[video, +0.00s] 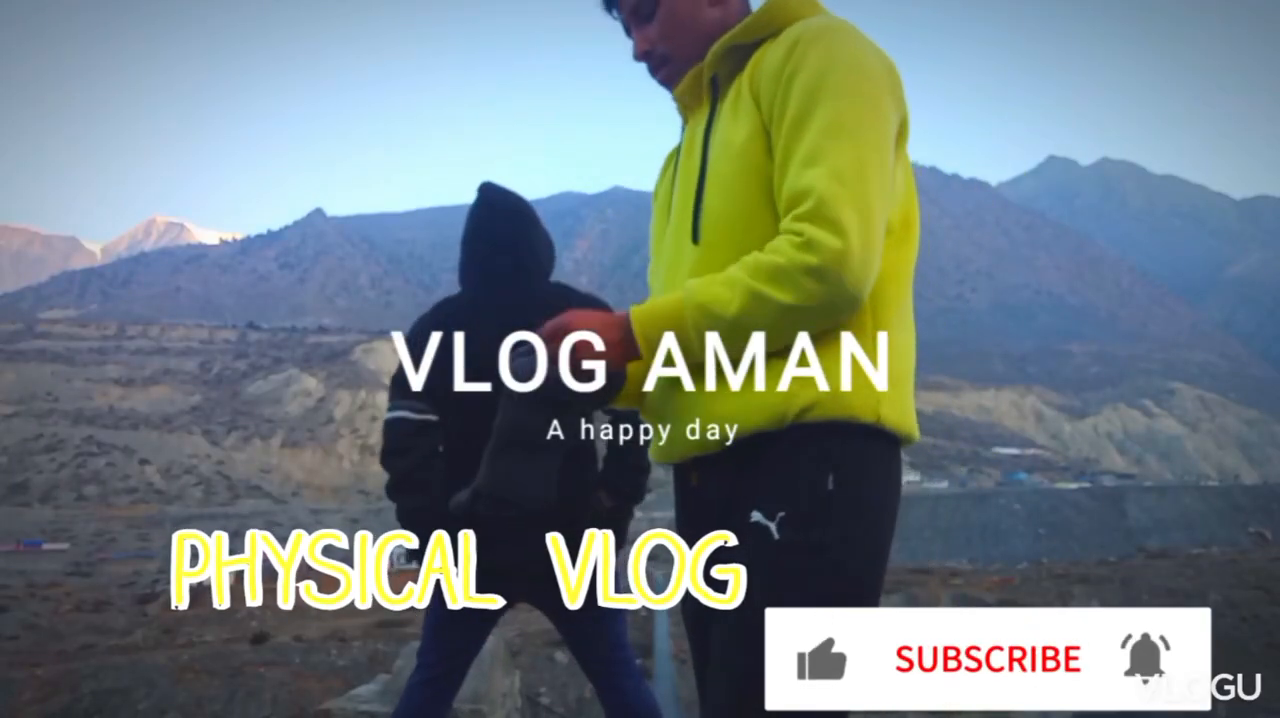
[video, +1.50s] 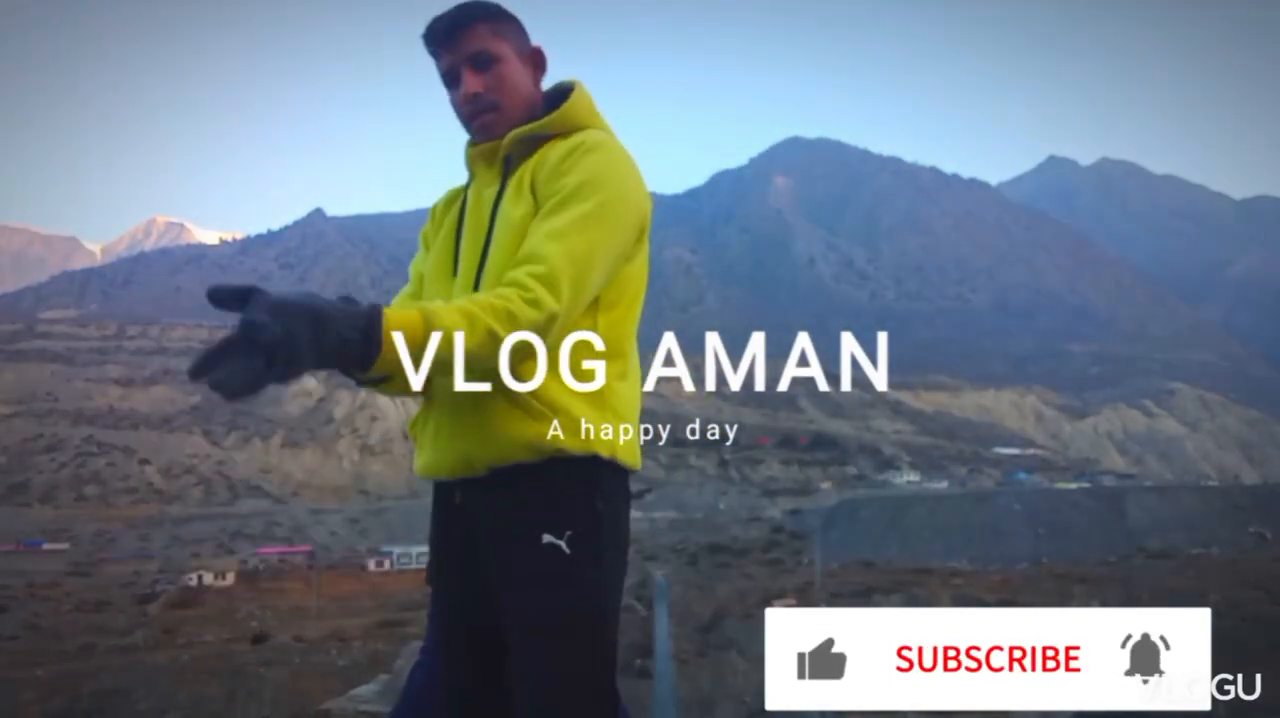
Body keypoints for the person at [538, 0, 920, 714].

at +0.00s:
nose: (635, 45)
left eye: (642, 13)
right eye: (624, 26)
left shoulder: (824, 51)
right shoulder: (681, 155)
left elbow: (829, 263)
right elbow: (699, 338)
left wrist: (637, 334)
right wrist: (614, 364)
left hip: (815, 454)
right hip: (714, 464)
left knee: (793, 698)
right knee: (728, 697)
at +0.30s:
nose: (578, 56)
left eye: (573, 19)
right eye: (565, 31)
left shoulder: (720, 43)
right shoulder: (696, 60)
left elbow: (709, 270)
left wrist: (556, 405)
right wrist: (565, 401)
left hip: (732, 466)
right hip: (704, 466)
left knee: (712, 702)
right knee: (703, 700)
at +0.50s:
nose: (513, 31)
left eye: (514, 7)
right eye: (508, 14)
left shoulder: (620, 46)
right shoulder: (674, 45)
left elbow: (635, 310)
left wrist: (474, 382)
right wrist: (487, 375)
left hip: (660, 465)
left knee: (641, 702)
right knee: (670, 701)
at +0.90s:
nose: (450, 24)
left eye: (454, 2)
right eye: (447, 8)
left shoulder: (561, 56)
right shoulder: (609, 52)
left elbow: (524, 331)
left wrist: (357, 426)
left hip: (588, 468)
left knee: (590, 700)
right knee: (617, 699)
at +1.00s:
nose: (445, 28)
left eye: (451, 5)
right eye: (444, 10)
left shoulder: (566, 65)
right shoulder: (585, 65)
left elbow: (526, 330)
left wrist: (344, 428)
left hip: (586, 470)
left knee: (582, 699)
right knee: (555, 696)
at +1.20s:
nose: (437, 67)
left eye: (449, 36)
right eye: (430, 48)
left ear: (521, 18)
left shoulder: (587, 136)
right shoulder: (503, 153)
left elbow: (557, 356)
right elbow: (464, 332)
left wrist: (361, 407)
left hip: (568, 504)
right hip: (492, 504)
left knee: (571, 702)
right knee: (451, 701)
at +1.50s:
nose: (470, 87)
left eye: (486, 64)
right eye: (453, 77)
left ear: (535, 64)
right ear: (447, 94)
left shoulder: (595, 168)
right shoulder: (451, 211)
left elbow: (522, 320)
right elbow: (420, 345)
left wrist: (354, 333)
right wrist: (318, 335)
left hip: (561, 484)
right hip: (464, 489)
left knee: (564, 699)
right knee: (465, 696)